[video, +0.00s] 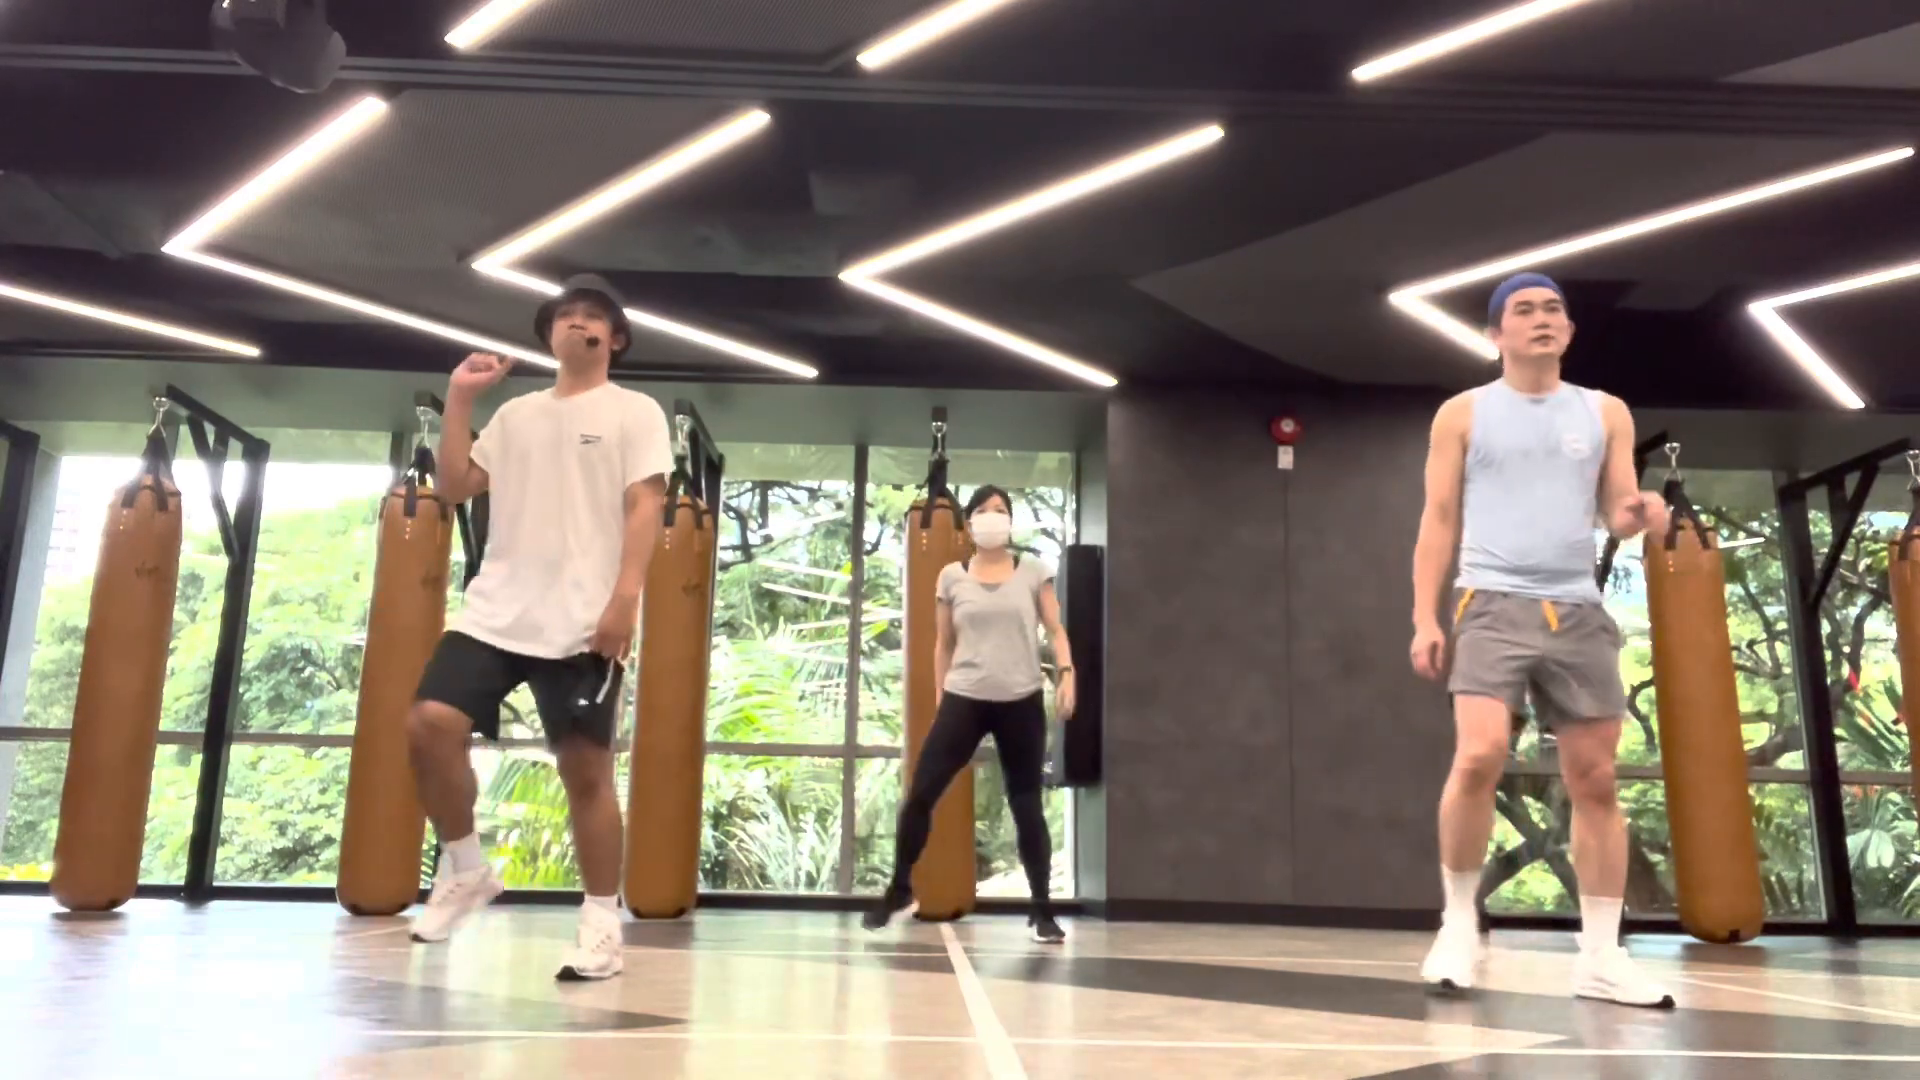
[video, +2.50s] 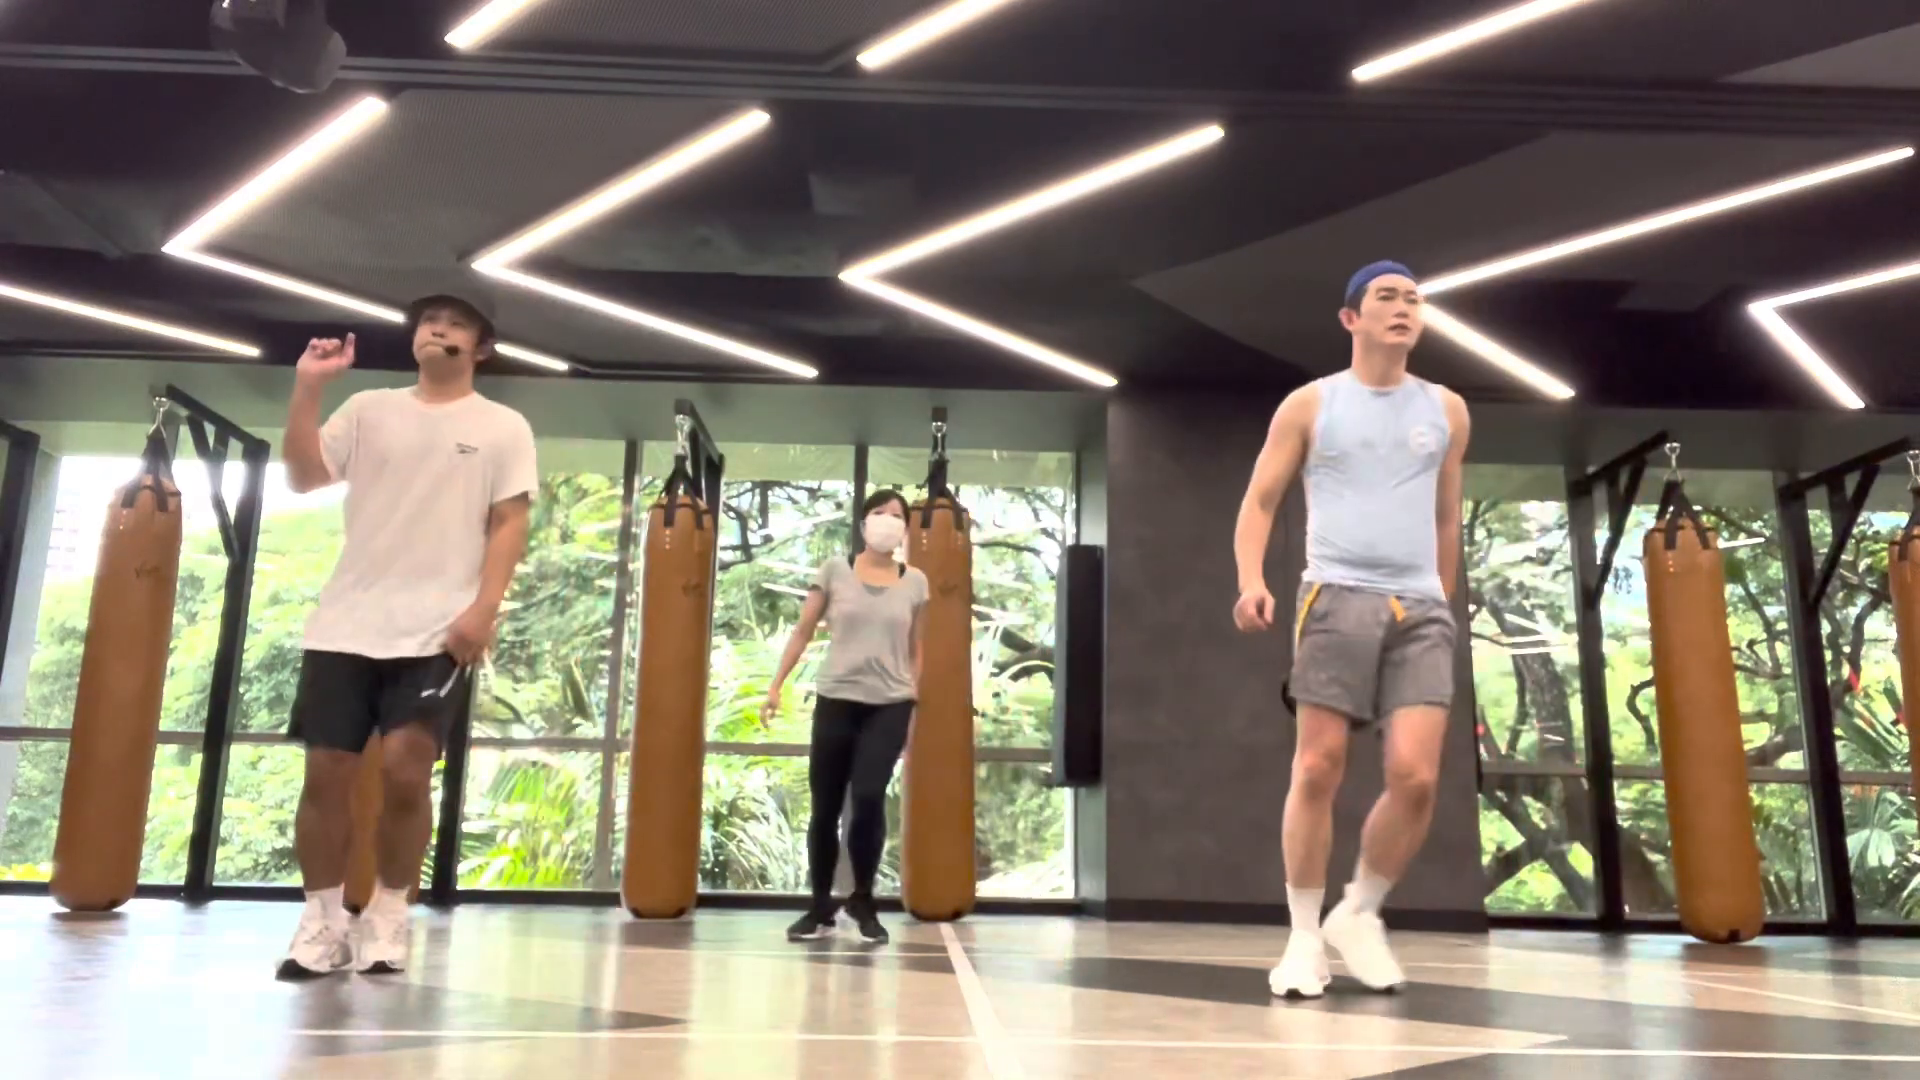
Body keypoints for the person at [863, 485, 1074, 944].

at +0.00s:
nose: (993, 519)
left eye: (1000, 512)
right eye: (984, 512)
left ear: (1011, 523)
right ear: (970, 524)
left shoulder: (1032, 571)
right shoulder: (952, 576)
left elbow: (1054, 628)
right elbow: (943, 641)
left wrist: (1067, 677)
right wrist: (943, 695)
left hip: (1021, 701)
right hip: (963, 699)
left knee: (1027, 806)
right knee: (921, 795)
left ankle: (1042, 911)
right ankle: (900, 888)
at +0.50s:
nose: (917, 514)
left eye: (926, 509)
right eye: (909, 507)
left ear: (938, 523)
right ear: (894, 519)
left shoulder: (946, 576)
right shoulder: (867, 562)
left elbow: (948, 640)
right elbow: (833, 623)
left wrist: (944, 689)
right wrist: (810, 677)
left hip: (926, 695)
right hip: (869, 695)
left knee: (926, 792)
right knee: (861, 807)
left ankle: (938, 894)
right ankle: (851, 911)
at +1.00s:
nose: (941, 521)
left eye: (950, 515)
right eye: (931, 514)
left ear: (960, 530)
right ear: (915, 526)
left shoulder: (964, 584)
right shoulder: (891, 566)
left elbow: (965, 648)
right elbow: (856, 623)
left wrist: (968, 698)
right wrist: (848, 683)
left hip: (946, 703)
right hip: (889, 703)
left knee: (990, 799)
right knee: (874, 807)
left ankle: (1027, 896)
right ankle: (850, 909)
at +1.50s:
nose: (1014, 519)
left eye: (1022, 513)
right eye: (1004, 513)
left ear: (1033, 528)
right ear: (990, 526)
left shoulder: (1048, 580)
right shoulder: (969, 570)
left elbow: (1068, 645)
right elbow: (948, 635)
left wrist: (1087, 700)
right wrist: (942, 694)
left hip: (1030, 702)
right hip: (975, 700)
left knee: (1035, 809)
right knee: (978, 804)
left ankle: (1040, 912)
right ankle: (972, 900)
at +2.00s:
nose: (960, 525)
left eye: (969, 519)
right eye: (951, 519)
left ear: (981, 534)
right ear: (937, 533)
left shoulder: (999, 581)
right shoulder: (919, 585)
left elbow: (1014, 643)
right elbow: (911, 652)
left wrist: (1014, 696)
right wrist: (903, 709)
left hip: (987, 711)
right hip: (927, 710)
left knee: (1009, 812)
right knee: (876, 807)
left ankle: (1040, 911)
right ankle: (829, 901)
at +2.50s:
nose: (889, 523)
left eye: (898, 517)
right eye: (880, 515)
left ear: (906, 531)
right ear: (862, 525)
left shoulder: (915, 583)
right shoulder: (835, 570)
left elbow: (918, 649)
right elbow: (803, 630)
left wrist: (916, 703)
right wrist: (776, 686)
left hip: (891, 702)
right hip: (836, 699)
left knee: (868, 795)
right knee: (825, 808)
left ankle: (863, 900)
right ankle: (820, 906)